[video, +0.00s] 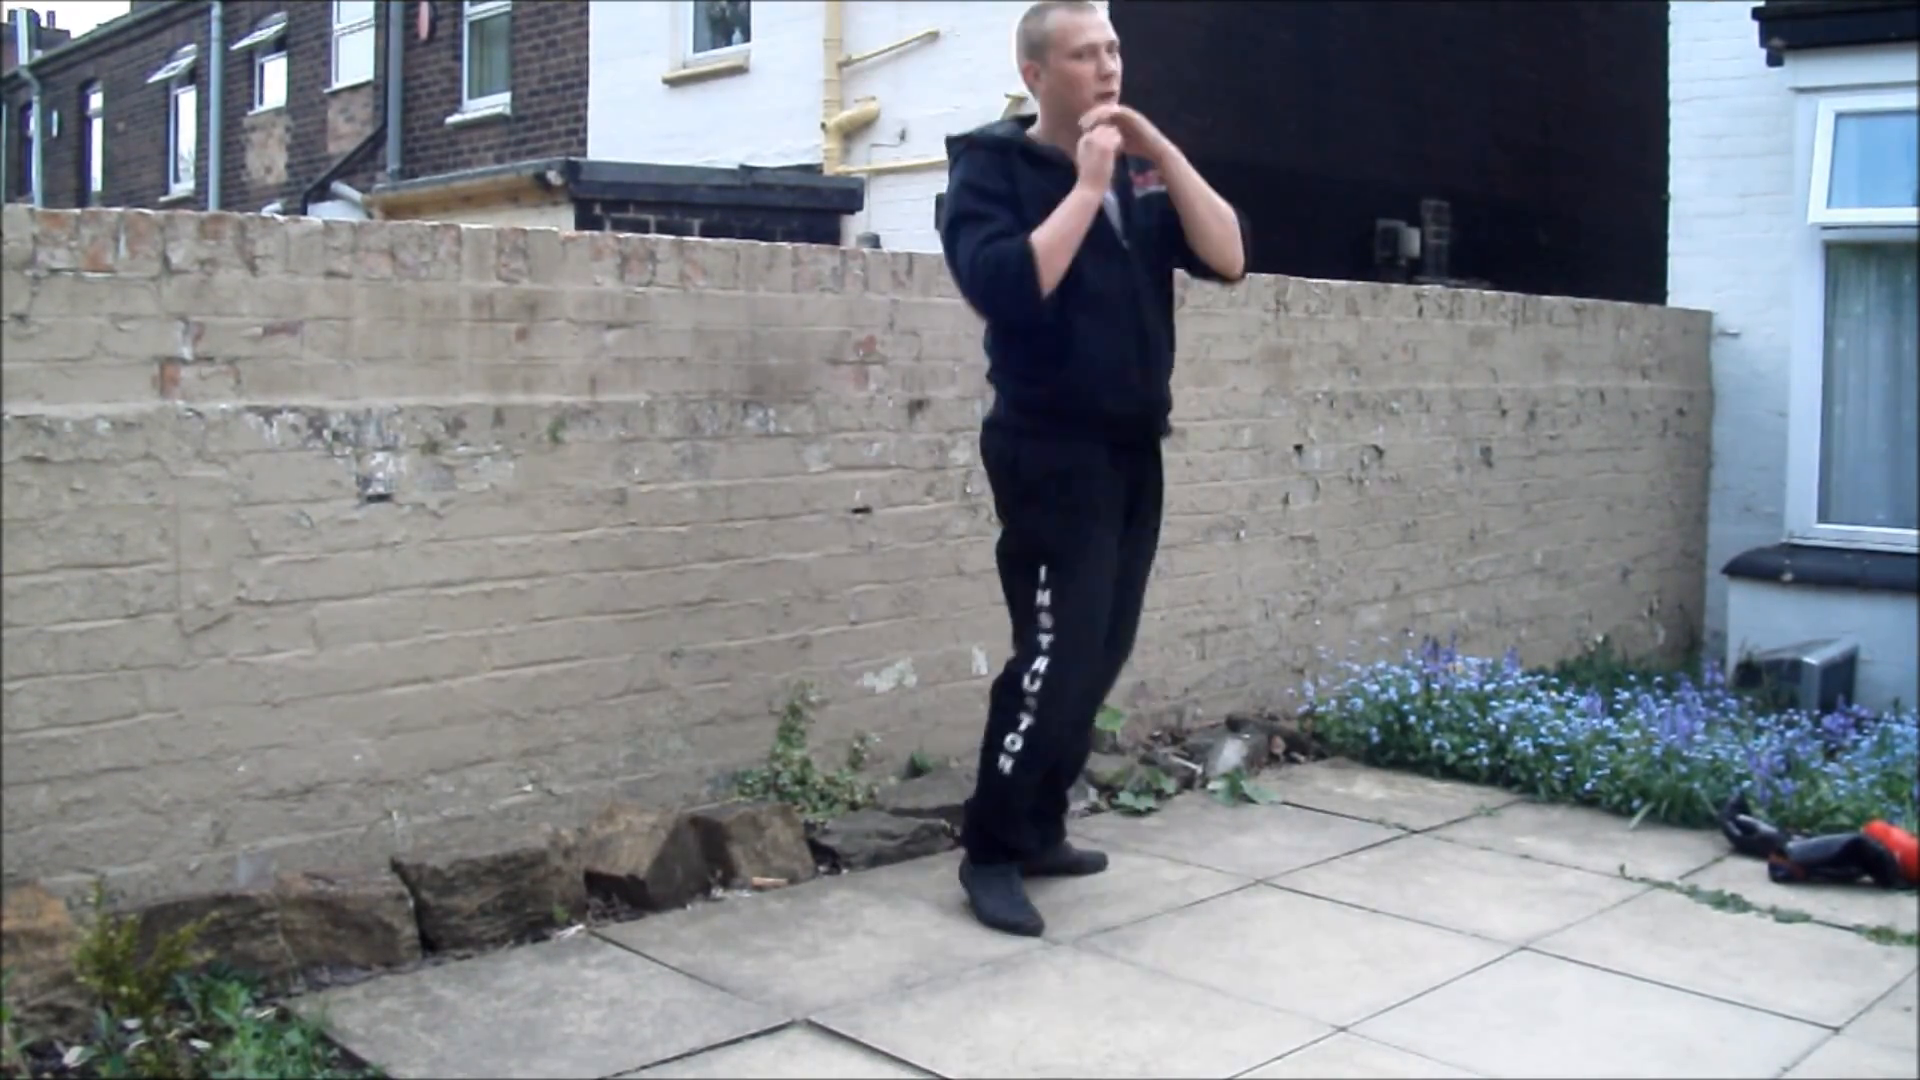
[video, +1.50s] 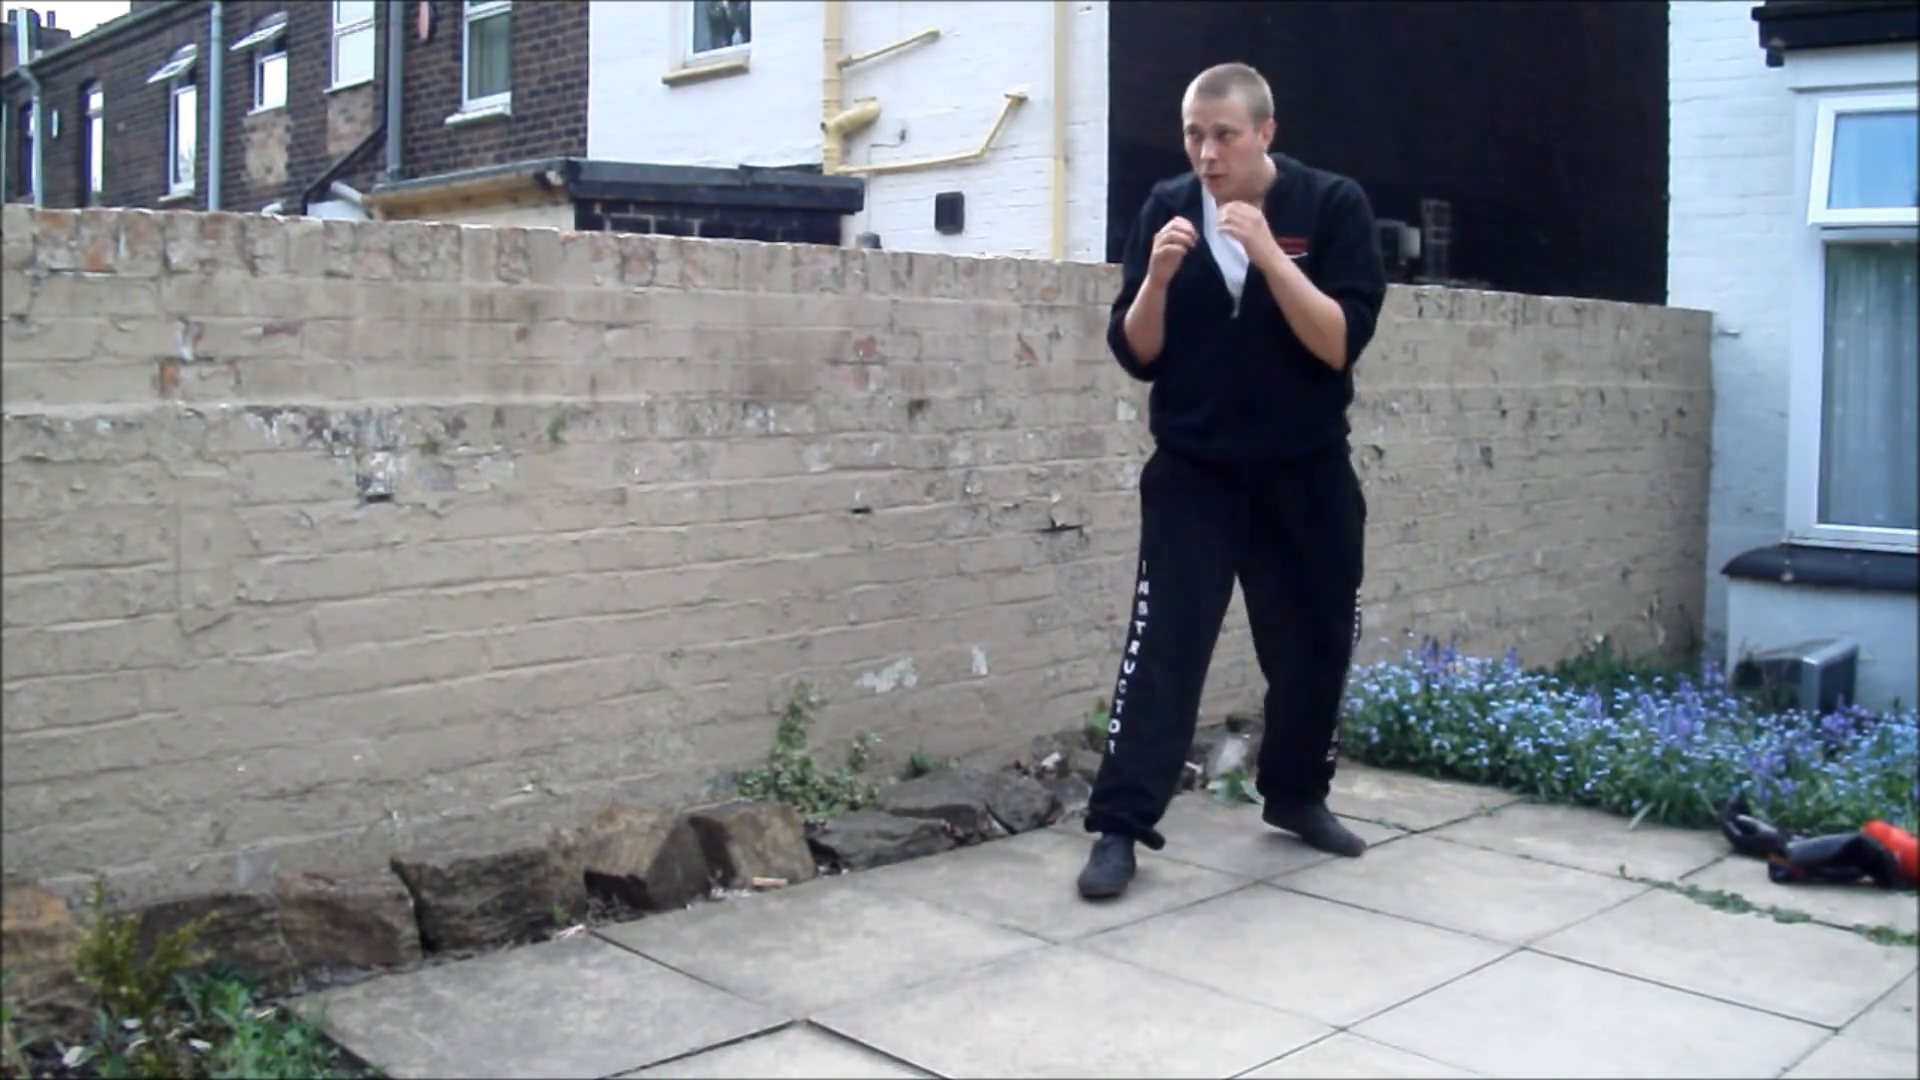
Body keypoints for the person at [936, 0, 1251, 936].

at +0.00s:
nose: (1108, 70)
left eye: (1113, 53)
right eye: (1086, 55)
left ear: (1122, 68)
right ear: (1034, 74)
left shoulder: (1137, 173)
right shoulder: (991, 166)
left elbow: (1227, 260)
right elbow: (1005, 287)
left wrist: (1165, 156)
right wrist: (1089, 186)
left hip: (1130, 445)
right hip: (1044, 444)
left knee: (1098, 653)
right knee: (1057, 652)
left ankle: (1035, 834)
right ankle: (991, 856)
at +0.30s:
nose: (1109, 76)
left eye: (1123, 59)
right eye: (1090, 61)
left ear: (1148, 66)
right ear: (1060, 72)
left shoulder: (1203, 145)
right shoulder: (1019, 161)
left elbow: (1256, 285)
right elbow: (992, 321)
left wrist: (1177, 185)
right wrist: (1047, 261)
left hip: (1194, 446)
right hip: (1076, 451)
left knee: (1223, 636)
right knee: (1055, 651)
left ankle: (1229, 804)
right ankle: (1009, 856)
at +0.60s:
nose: (1228, 150)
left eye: (1245, 136)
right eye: (1213, 134)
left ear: (1276, 139)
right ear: (1191, 134)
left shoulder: (1318, 219)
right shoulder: (1142, 222)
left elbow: (1300, 348)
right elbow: (1112, 387)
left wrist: (1239, 245)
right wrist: (1126, 344)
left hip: (1290, 491)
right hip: (1173, 491)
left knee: (1327, 667)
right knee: (1118, 662)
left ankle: (1290, 818)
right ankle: (1040, 847)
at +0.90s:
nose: (1268, 104)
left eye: (1286, 90)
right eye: (1255, 88)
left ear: (1316, 99)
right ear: (1233, 93)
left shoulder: (1357, 179)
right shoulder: (1187, 168)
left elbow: (1373, 301)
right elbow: (1118, 301)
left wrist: (1320, 189)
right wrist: (1160, 223)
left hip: (1317, 441)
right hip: (1208, 438)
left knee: (1313, 625)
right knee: (1210, 621)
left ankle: (1306, 791)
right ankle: (1215, 785)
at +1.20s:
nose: (1266, 129)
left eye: (1283, 114)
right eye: (1253, 114)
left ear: (1318, 118)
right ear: (1235, 118)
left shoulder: (1362, 198)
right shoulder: (1198, 197)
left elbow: (1349, 318)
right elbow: (1171, 347)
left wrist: (1294, 214)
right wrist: (1184, 296)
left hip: (1319, 460)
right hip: (1210, 453)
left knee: (1304, 637)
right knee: (1183, 621)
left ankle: (1299, 800)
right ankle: (1163, 802)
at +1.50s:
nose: (1205, 152)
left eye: (1221, 135)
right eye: (1194, 136)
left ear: (1265, 133)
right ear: (1185, 137)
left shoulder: (1333, 205)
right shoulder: (1168, 207)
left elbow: (1340, 345)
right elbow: (1138, 358)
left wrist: (1268, 255)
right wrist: (1156, 281)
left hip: (1305, 475)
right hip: (1192, 470)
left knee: (1314, 648)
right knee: (1164, 645)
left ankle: (1295, 798)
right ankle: (1117, 829)